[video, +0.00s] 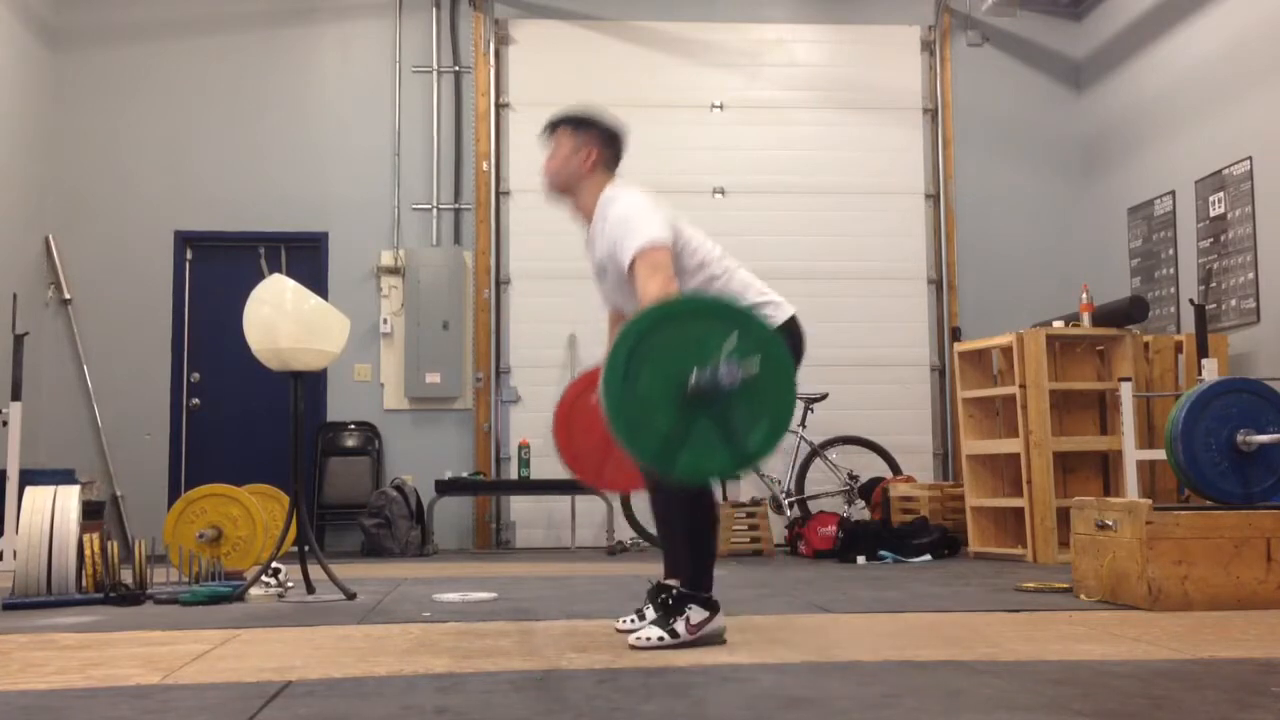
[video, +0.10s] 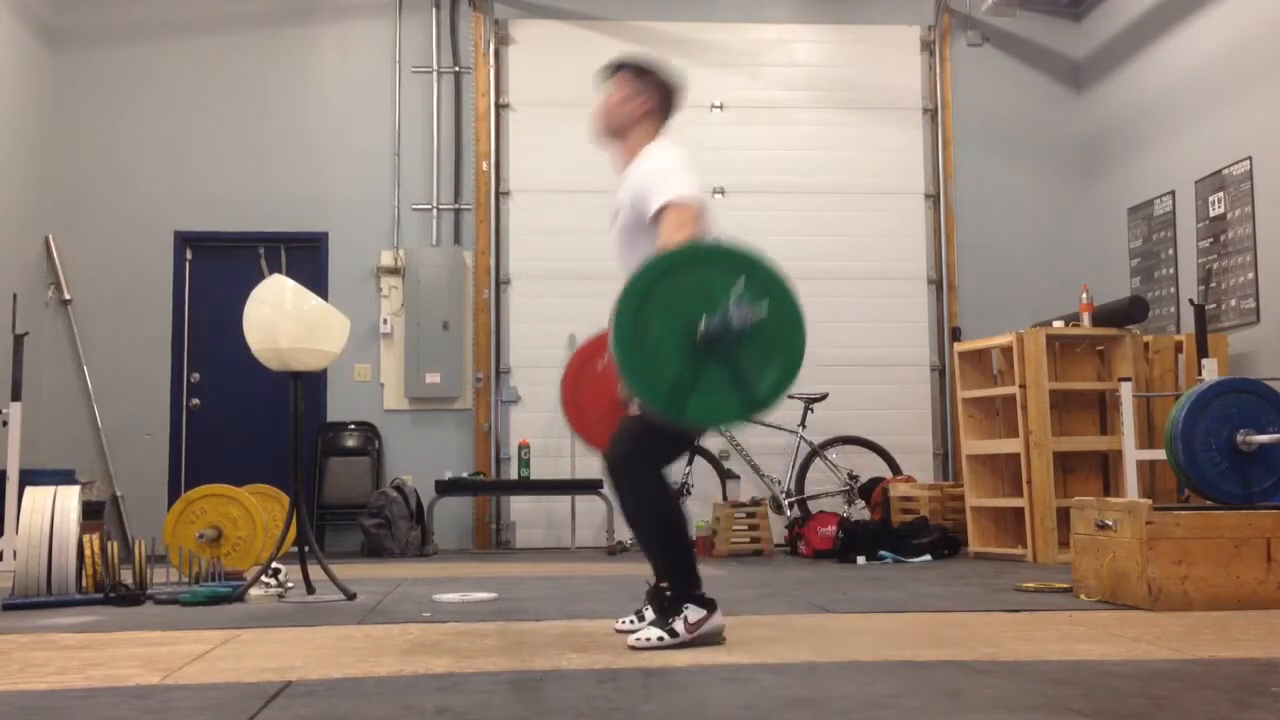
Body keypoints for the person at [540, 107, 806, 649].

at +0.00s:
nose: (546, 159)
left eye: (556, 146)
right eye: (549, 148)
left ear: (590, 154)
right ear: (586, 157)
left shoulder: (627, 209)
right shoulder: (600, 230)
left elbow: (661, 291)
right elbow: (620, 318)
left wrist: (649, 380)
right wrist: (615, 395)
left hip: (761, 333)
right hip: (727, 339)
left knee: (684, 455)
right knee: (660, 452)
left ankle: (697, 604)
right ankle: (676, 592)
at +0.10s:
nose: (602, 101)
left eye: (615, 91)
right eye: (607, 90)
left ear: (644, 103)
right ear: (634, 104)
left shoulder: (662, 163)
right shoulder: (640, 172)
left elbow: (683, 246)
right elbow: (656, 273)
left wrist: (654, 344)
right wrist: (634, 357)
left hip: (693, 357)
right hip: (673, 356)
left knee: (631, 458)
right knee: (629, 459)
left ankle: (690, 604)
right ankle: (670, 596)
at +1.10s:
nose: (630, 307)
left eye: (636, 293)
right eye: (629, 295)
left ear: (671, 293)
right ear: (670, 296)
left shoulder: (723, 332)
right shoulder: (685, 349)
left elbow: (740, 262)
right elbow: (705, 290)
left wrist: (763, 177)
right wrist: (700, 239)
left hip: (799, 510)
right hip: (747, 508)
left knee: (694, 486)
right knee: (646, 490)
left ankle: (773, 608)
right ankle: (728, 592)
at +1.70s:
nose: (616, 298)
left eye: (621, 284)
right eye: (615, 287)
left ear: (656, 283)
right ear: (655, 283)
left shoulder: (707, 319)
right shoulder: (674, 340)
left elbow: (726, 246)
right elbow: (689, 285)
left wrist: (747, 164)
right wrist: (682, 238)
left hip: (799, 485)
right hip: (747, 486)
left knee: (690, 485)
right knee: (647, 486)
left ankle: (773, 609)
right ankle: (728, 592)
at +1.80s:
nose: (607, 277)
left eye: (611, 263)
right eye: (606, 265)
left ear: (648, 260)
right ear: (647, 263)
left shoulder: (697, 297)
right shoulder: (667, 317)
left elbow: (721, 224)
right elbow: (682, 260)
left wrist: (743, 136)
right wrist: (675, 216)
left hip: (804, 456)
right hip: (754, 458)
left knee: (691, 476)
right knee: (654, 479)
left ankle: (774, 609)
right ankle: (727, 592)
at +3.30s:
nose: (692, 80)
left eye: (702, 67)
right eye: (684, 71)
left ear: (735, 63)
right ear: (679, 76)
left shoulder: (749, 121)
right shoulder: (716, 135)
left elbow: (769, 199)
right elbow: (711, 230)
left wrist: (737, 282)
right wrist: (674, 297)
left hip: (745, 315)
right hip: (709, 318)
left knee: (761, 458)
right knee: (718, 461)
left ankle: (779, 605)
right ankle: (729, 592)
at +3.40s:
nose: (682, 85)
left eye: (692, 71)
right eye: (674, 76)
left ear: (726, 65)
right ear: (670, 78)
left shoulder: (746, 123)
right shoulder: (707, 137)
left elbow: (770, 204)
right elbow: (710, 234)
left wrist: (753, 291)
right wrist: (679, 306)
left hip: (743, 318)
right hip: (705, 321)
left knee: (759, 460)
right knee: (714, 463)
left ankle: (779, 608)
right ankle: (729, 595)